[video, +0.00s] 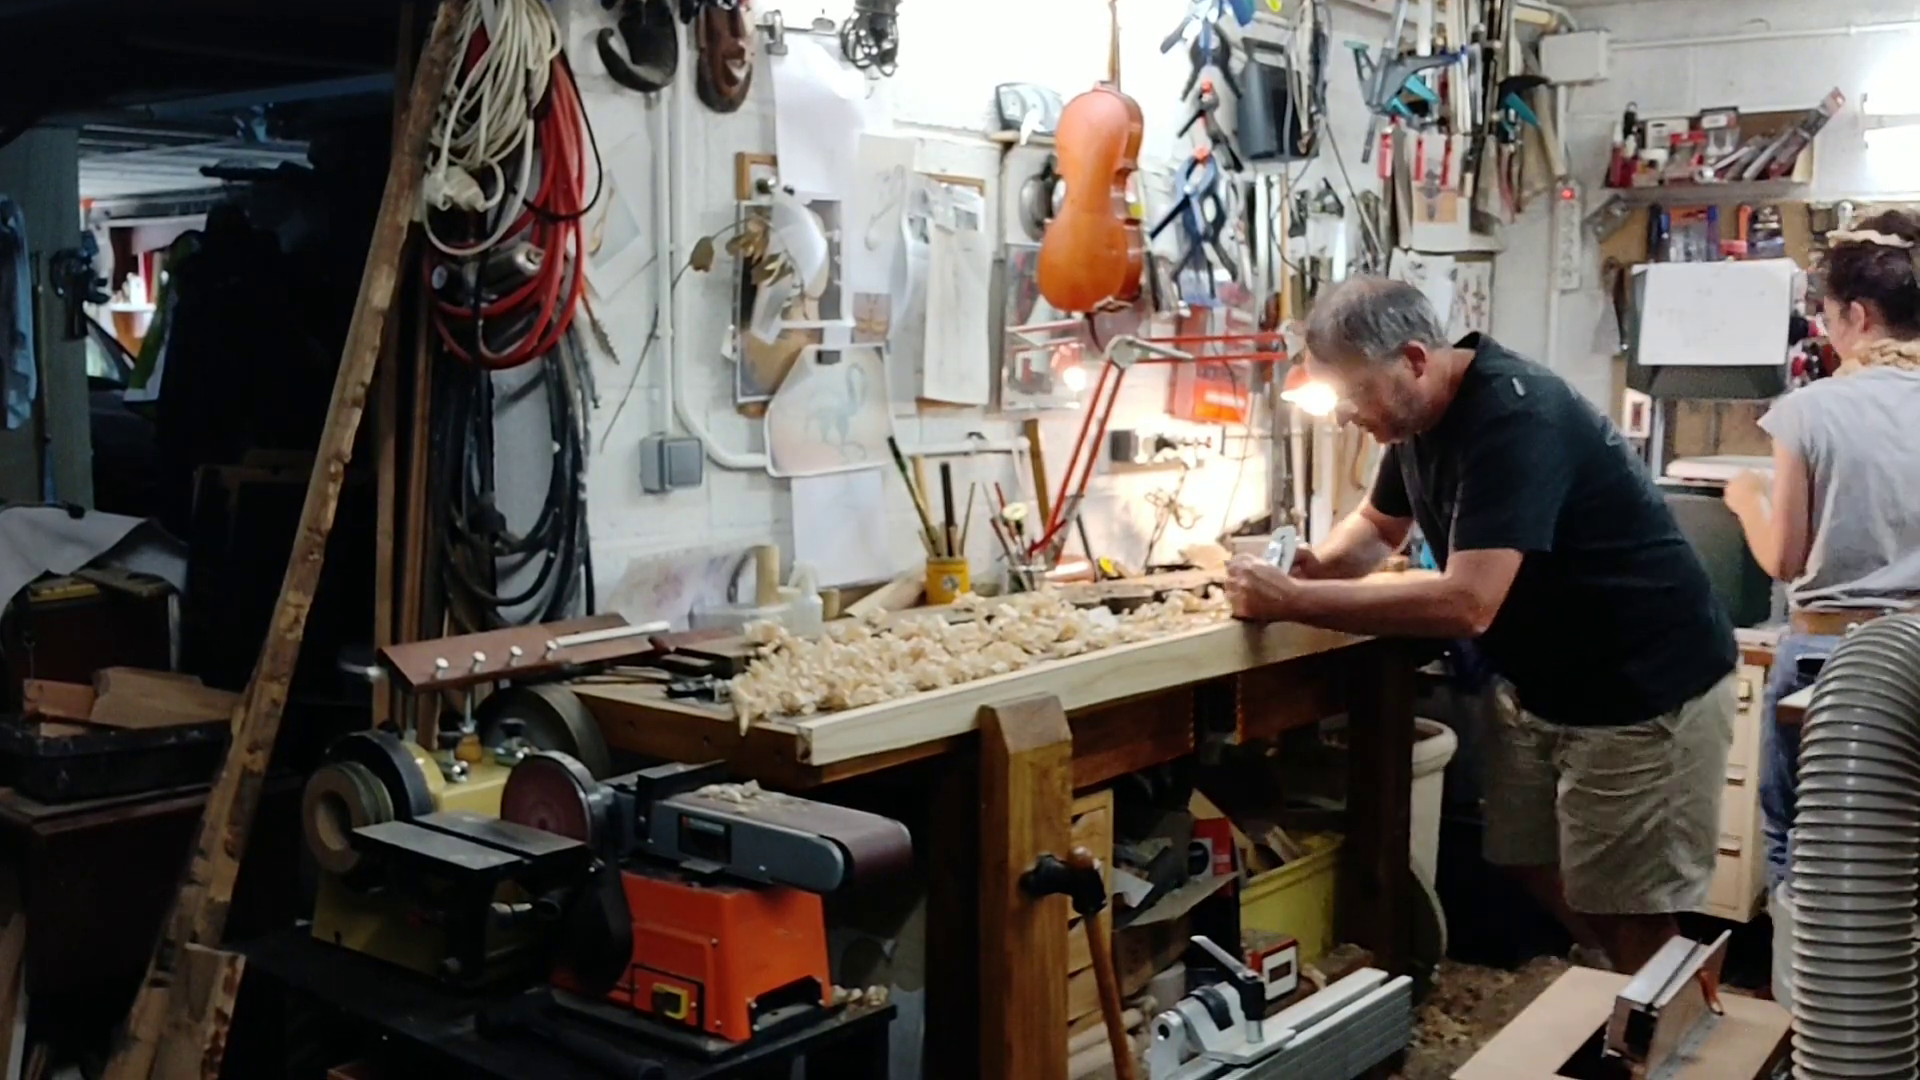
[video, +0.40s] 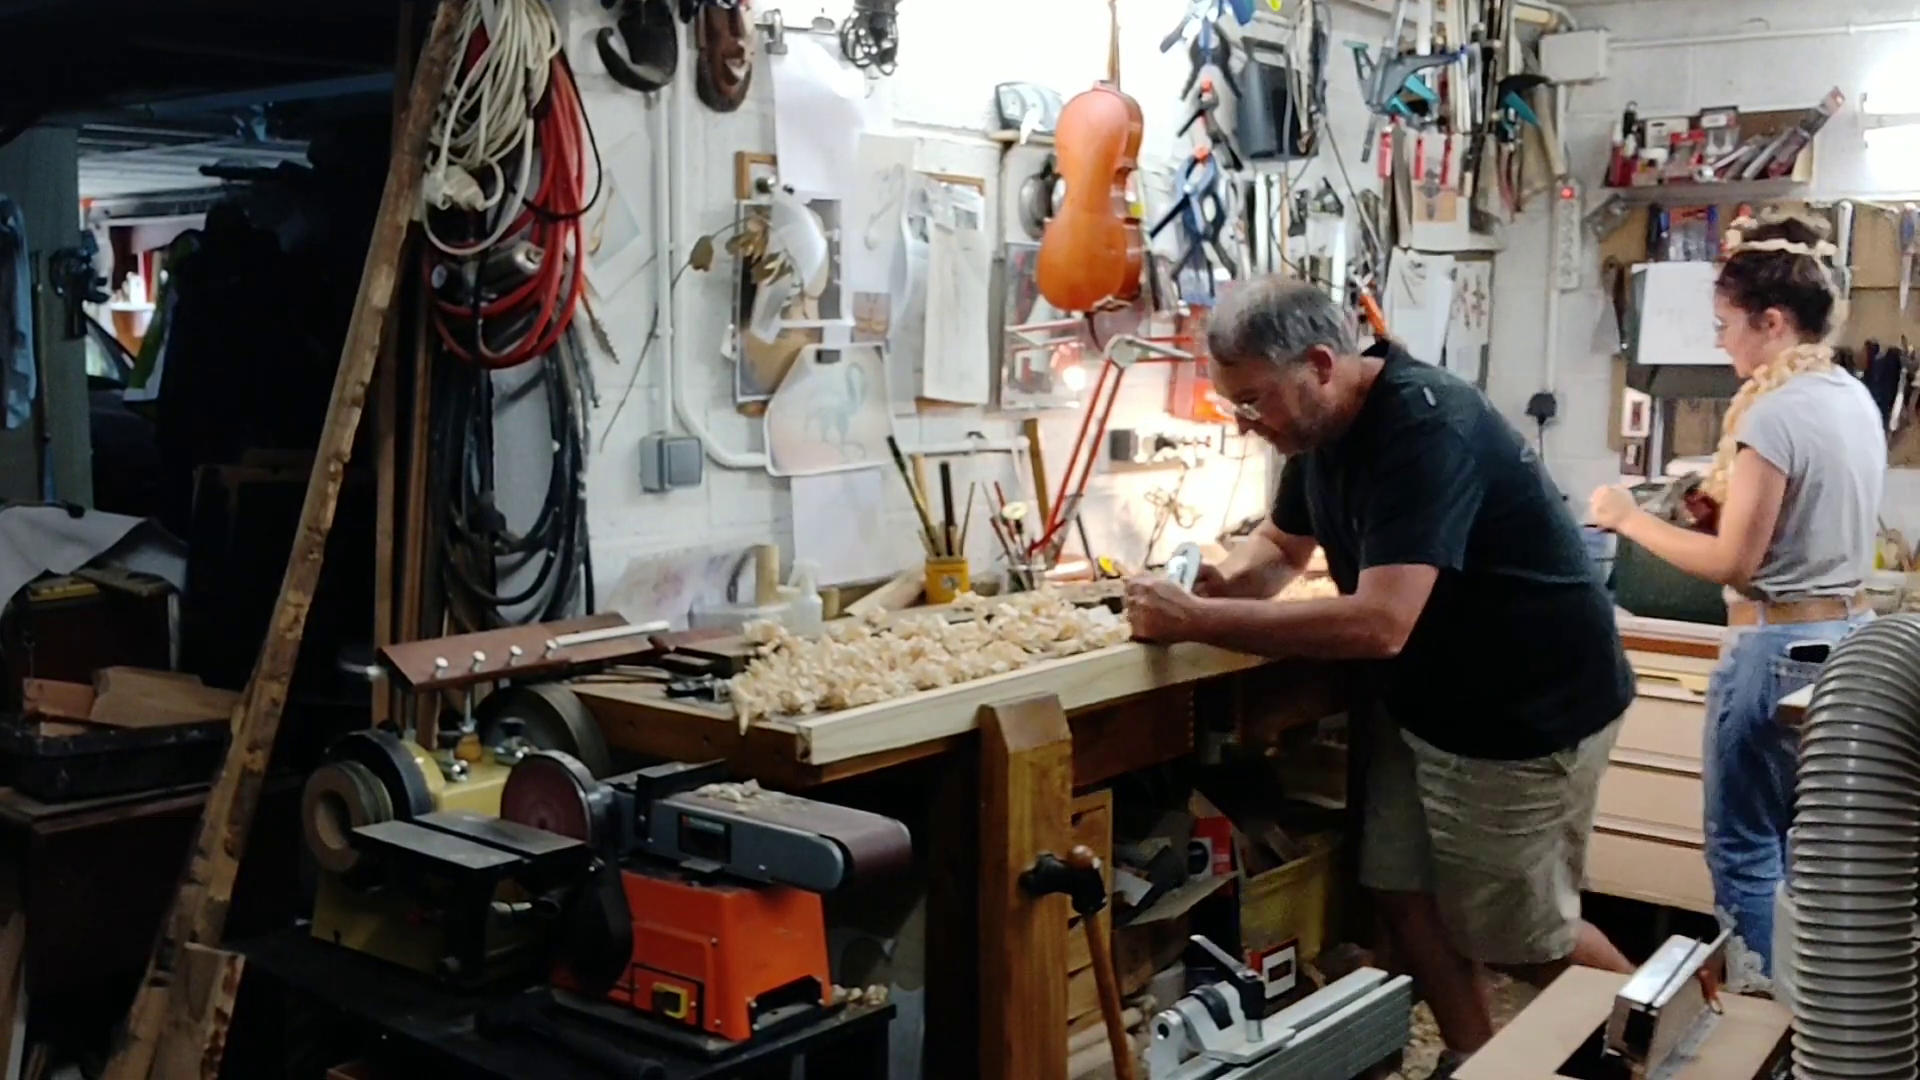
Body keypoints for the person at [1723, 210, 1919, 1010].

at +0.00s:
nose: (1820, 332)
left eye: (1824, 316)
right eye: (1819, 317)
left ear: (1858, 314)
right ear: (1906, 312)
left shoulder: (1811, 407)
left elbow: (1784, 560)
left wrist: (1746, 501)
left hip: (1827, 646)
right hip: (1915, 643)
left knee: (1792, 822)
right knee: (1901, 823)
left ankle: (1803, 998)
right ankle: (1890, 997)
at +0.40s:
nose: (1718, 340)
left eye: (1723, 324)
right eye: (1717, 323)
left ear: (1773, 322)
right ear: (1788, 320)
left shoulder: (1773, 412)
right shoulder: (1856, 399)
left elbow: (1731, 560)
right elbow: (1832, 525)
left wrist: (1629, 518)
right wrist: (1733, 509)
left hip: (1775, 646)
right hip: (1850, 635)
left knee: (1745, 850)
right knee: (1818, 840)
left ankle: (1764, 1021)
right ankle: (1821, 1009)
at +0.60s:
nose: (1671, 339)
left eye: (1677, 322)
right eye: (1669, 323)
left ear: (1728, 317)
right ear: (1732, 318)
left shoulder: (1756, 403)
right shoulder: (1768, 391)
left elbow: (1677, 547)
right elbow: (1715, 508)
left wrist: (1560, 531)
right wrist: (1636, 505)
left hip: (1769, 637)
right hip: (1774, 629)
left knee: (1722, 823)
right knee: (1684, 790)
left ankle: (1765, 997)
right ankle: (1747, 961)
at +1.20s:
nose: (1577, 348)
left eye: (1589, 331)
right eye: (1570, 333)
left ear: (1642, 325)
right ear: (1568, 331)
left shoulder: (1680, 409)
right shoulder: (1601, 409)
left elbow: (1644, 552)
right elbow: (1601, 507)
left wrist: (1527, 549)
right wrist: (1535, 512)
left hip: (1695, 628)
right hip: (1626, 627)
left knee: (1645, 805)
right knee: (1624, 805)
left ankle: (1700, 984)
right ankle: (1669, 971)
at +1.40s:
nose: (1567, 355)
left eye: (1580, 338)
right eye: (1559, 340)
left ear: (1633, 334)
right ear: (1555, 336)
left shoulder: (1671, 414)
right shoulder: (1585, 410)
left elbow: (1636, 555)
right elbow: (1581, 491)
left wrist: (1521, 552)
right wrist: (1523, 510)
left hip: (1686, 636)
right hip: (1613, 632)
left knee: (1638, 811)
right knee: (1616, 807)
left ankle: (1665, 987)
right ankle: (1657, 973)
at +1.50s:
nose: (1562, 362)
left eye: (1576, 344)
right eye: (1553, 347)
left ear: (1629, 337)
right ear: (1546, 343)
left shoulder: (1665, 419)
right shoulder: (1576, 412)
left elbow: (1628, 560)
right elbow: (1573, 486)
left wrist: (1513, 552)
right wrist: (1511, 512)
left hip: (1681, 638)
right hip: (1610, 634)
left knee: (1631, 810)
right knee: (1614, 807)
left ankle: (1662, 990)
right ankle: (1665, 973)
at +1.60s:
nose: (1556, 369)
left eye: (1570, 353)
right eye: (1547, 353)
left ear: (1623, 344)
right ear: (1539, 343)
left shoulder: (1660, 425)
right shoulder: (1579, 413)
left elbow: (1619, 565)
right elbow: (1565, 488)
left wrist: (1505, 554)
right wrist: (1504, 512)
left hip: (1677, 640)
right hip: (1616, 636)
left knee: (1618, 818)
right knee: (1631, 819)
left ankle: (1656, 992)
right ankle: (1680, 979)